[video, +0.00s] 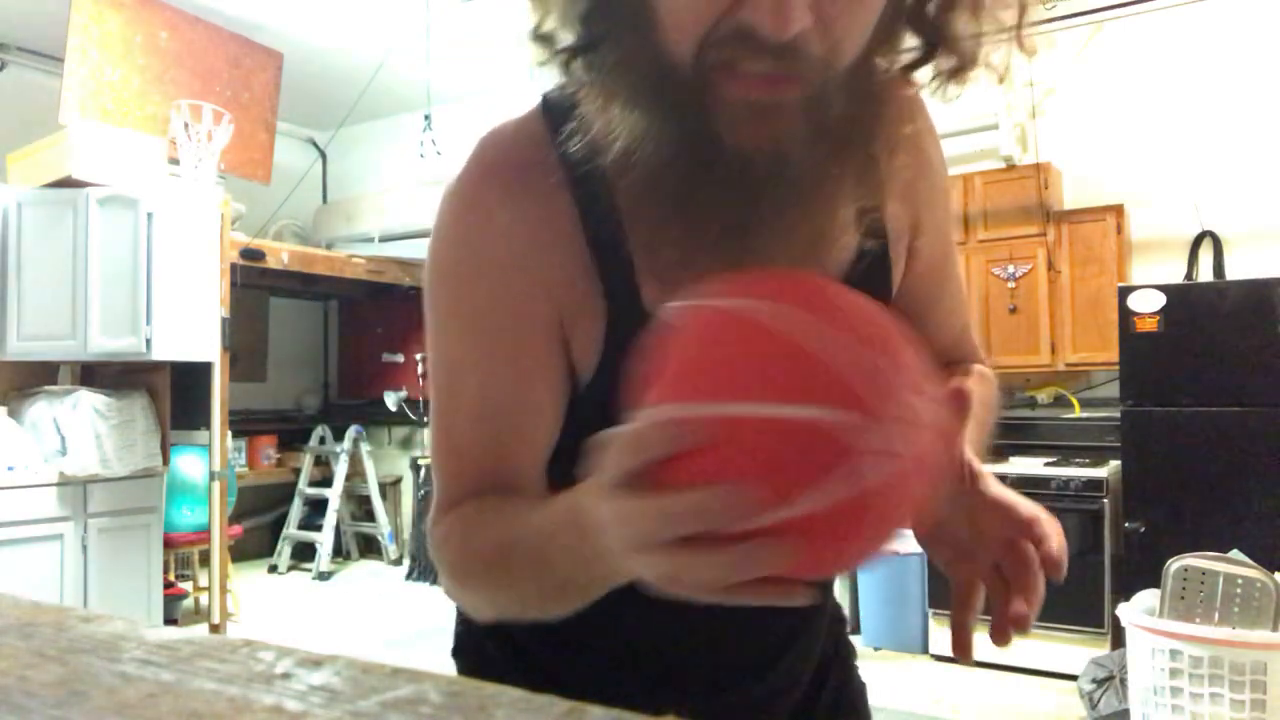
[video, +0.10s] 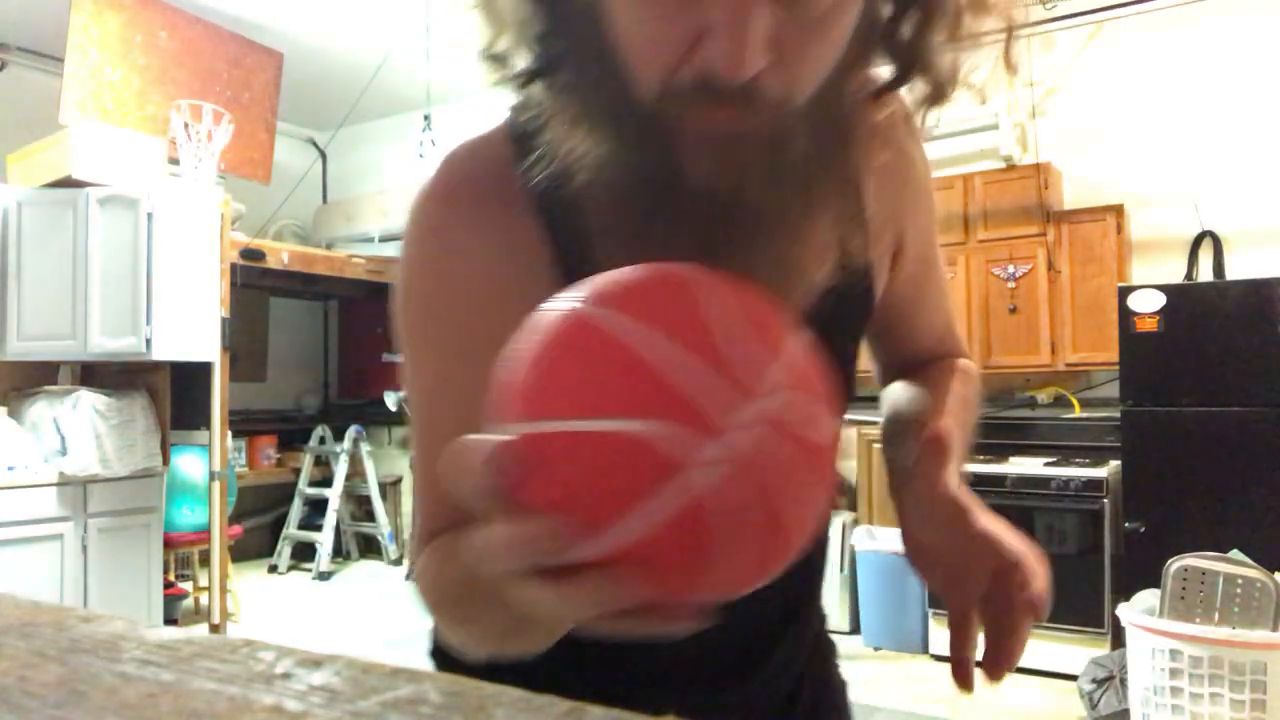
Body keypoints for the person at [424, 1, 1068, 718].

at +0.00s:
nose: (781, 18)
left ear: (890, 6)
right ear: (631, 3)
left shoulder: (886, 130)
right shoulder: (516, 191)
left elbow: (956, 363)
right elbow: (470, 543)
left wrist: (946, 472)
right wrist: (598, 534)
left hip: (795, 660)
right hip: (566, 673)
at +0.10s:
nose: (741, 57)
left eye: (805, 8)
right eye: (688, 2)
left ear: (873, 14)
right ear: (584, 6)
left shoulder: (868, 140)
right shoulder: (485, 202)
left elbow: (929, 360)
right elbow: (448, 560)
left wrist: (927, 488)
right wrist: (498, 590)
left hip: (775, 666)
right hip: (549, 678)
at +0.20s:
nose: (681, 99)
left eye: (751, 19)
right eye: (622, 11)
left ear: (836, 16)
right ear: (516, 13)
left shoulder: (850, 167)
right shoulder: (434, 224)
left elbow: (910, 371)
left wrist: (906, 521)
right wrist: (442, 636)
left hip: (753, 684)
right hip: (525, 692)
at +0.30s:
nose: (618, 141)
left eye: (700, 51)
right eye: (551, 32)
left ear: (798, 36)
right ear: (456, 29)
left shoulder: (829, 194)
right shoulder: (385, 245)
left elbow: (892, 401)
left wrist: (872, 564)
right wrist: (382, 634)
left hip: (734, 686)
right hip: (497, 695)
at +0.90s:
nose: (634, 99)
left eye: (707, 13)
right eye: (563, 4)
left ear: (792, 20)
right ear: (441, 11)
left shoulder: (806, 180)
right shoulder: (338, 246)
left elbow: (879, 434)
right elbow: (293, 617)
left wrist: (862, 577)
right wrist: (505, 657)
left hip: (732, 678)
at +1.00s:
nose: (746, 55)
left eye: (805, 1)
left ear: (848, 14)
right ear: (539, 8)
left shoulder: (829, 157)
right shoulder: (384, 219)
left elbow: (894, 414)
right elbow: (325, 604)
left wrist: (897, 573)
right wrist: (570, 625)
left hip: (732, 688)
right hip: (447, 704)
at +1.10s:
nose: (879, 26)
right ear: (638, 6)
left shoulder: (862, 167)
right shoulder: (453, 201)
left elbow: (914, 428)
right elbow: (369, 584)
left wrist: (961, 565)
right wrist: (647, 585)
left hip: (733, 686)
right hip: (489, 693)